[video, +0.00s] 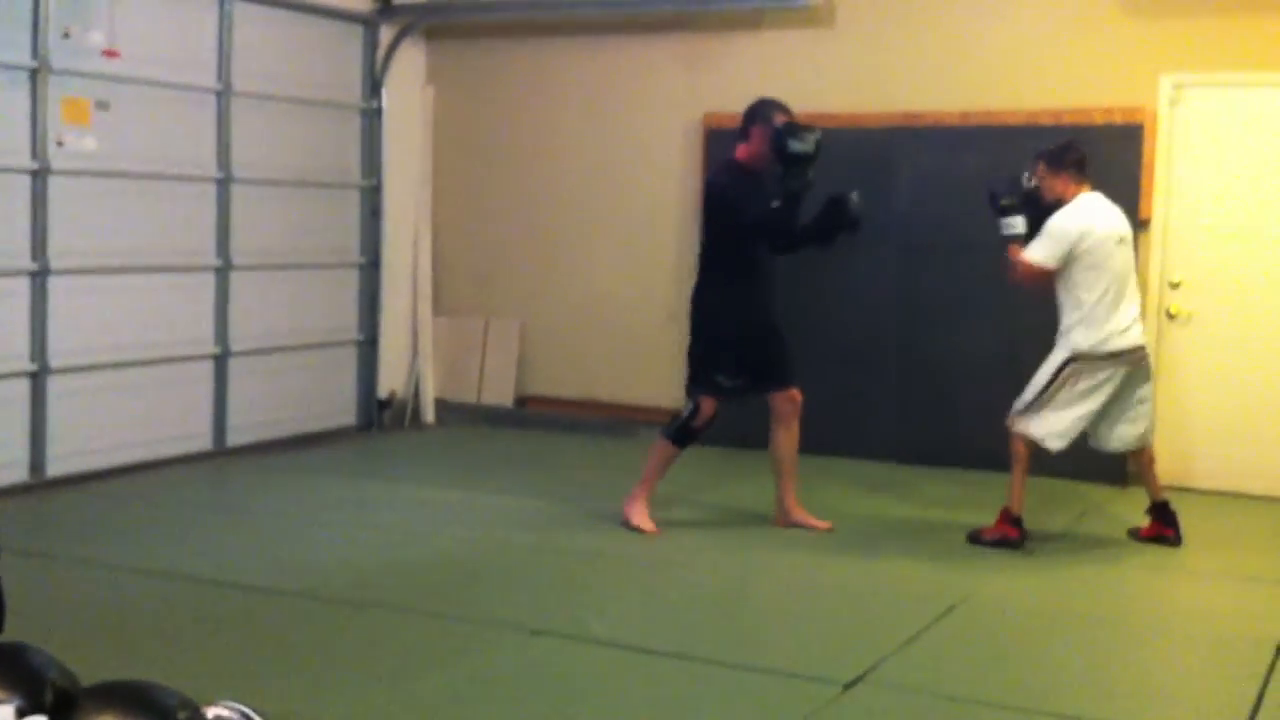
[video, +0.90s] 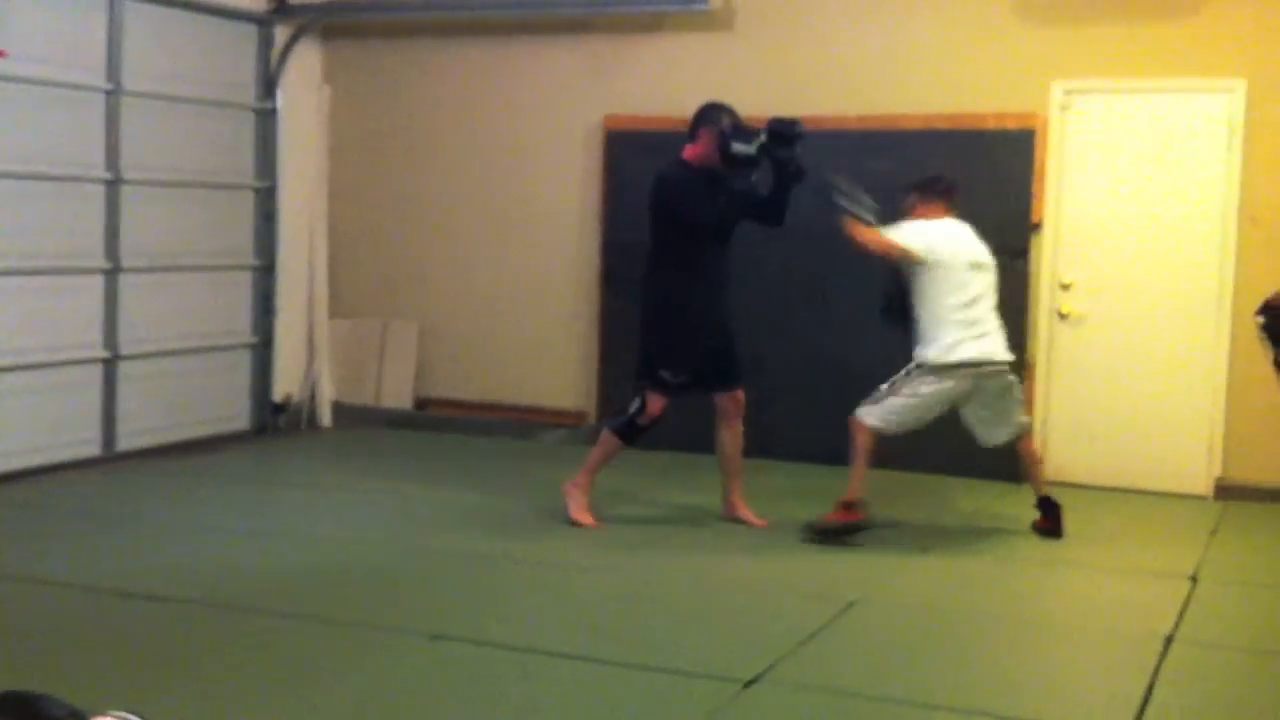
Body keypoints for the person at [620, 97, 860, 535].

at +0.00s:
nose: (785, 145)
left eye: (788, 136)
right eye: (779, 134)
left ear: (773, 136)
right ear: (753, 132)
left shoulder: (765, 181)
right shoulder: (728, 181)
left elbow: (781, 240)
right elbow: (770, 235)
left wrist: (827, 224)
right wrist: (794, 183)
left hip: (754, 305)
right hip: (718, 306)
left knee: (787, 400)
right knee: (701, 408)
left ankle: (788, 506)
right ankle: (639, 498)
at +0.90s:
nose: (729, 150)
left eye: (732, 142)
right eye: (725, 141)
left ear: (716, 140)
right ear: (703, 136)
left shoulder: (720, 184)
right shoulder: (674, 180)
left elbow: (771, 217)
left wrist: (782, 171)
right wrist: (735, 174)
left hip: (709, 308)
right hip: (671, 309)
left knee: (731, 401)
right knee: (652, 403)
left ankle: (733, 500)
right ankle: (579, 484)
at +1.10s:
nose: (667, 146)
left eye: (672, 139)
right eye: (661, 138)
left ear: (676, 142)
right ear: (644, 139)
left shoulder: (679, 184)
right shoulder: (629, 185)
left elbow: (725, 207)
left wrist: (712, 156)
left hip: (676, 306)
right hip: (635, 307)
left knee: (715, 395)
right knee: (626, 406)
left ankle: (708, 500)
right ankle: (539, 470)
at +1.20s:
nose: (643, 158)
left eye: (647, 149)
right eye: (637, 149)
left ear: (647, 152)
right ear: (619, 148)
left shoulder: (649, 192)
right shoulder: (596, 191)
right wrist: (663, 186)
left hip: (645, 315)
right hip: (603, 317)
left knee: (679, 397)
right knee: (598, 408)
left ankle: (705, 496)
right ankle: (520, 485)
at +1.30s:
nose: (613, 162)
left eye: (619, 156)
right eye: (612, 153)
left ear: (616, 160)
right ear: (597, 152)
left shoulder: (612, 195)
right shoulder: (563, 190)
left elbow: (622, 257)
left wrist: (639, 198)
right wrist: (629, 194)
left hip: (589, 310)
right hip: (547, 312)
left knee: (631, 388)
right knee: (552, 409)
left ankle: (671, 495)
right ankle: (491, 500)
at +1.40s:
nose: (588, 170)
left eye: (590, 162)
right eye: (584, 161)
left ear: (570, 158)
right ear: (565, 157)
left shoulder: (570, 196)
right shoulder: (533, 193)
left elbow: (588, 256)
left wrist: (611, 203)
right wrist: (603, 198)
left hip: (545, 308)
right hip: (507, 311)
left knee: (594, 378)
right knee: (524, 408)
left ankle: (563, 478)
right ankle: (475, 500)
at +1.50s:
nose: (550, 164)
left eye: (555, 156)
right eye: (546, 153)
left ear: (551, 155)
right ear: (524, 144)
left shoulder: (532, 185)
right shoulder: (490, 177)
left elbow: (546, 249)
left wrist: (571, 202)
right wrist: (558, 196)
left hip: (496, 303)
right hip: (463, 301)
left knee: (507, 400)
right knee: (485, 398)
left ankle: (451, 458)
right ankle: (458, 500)